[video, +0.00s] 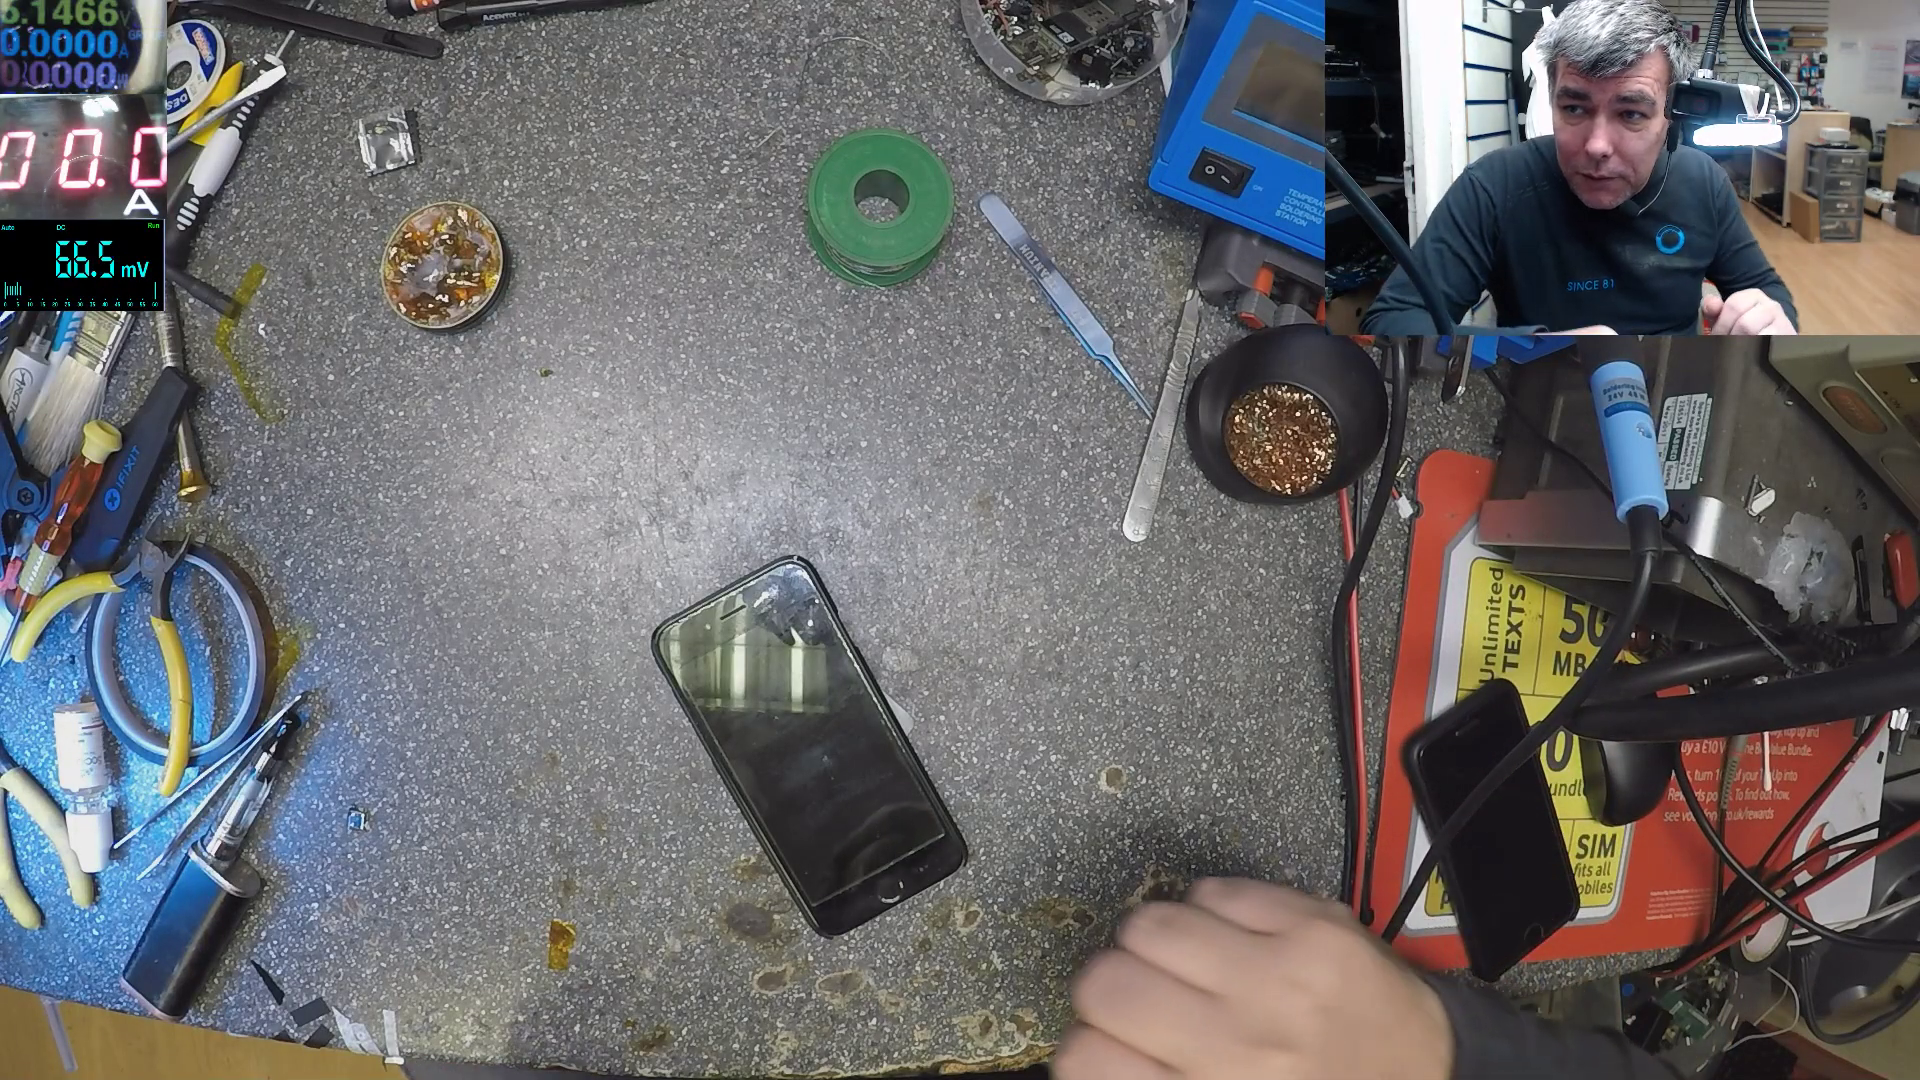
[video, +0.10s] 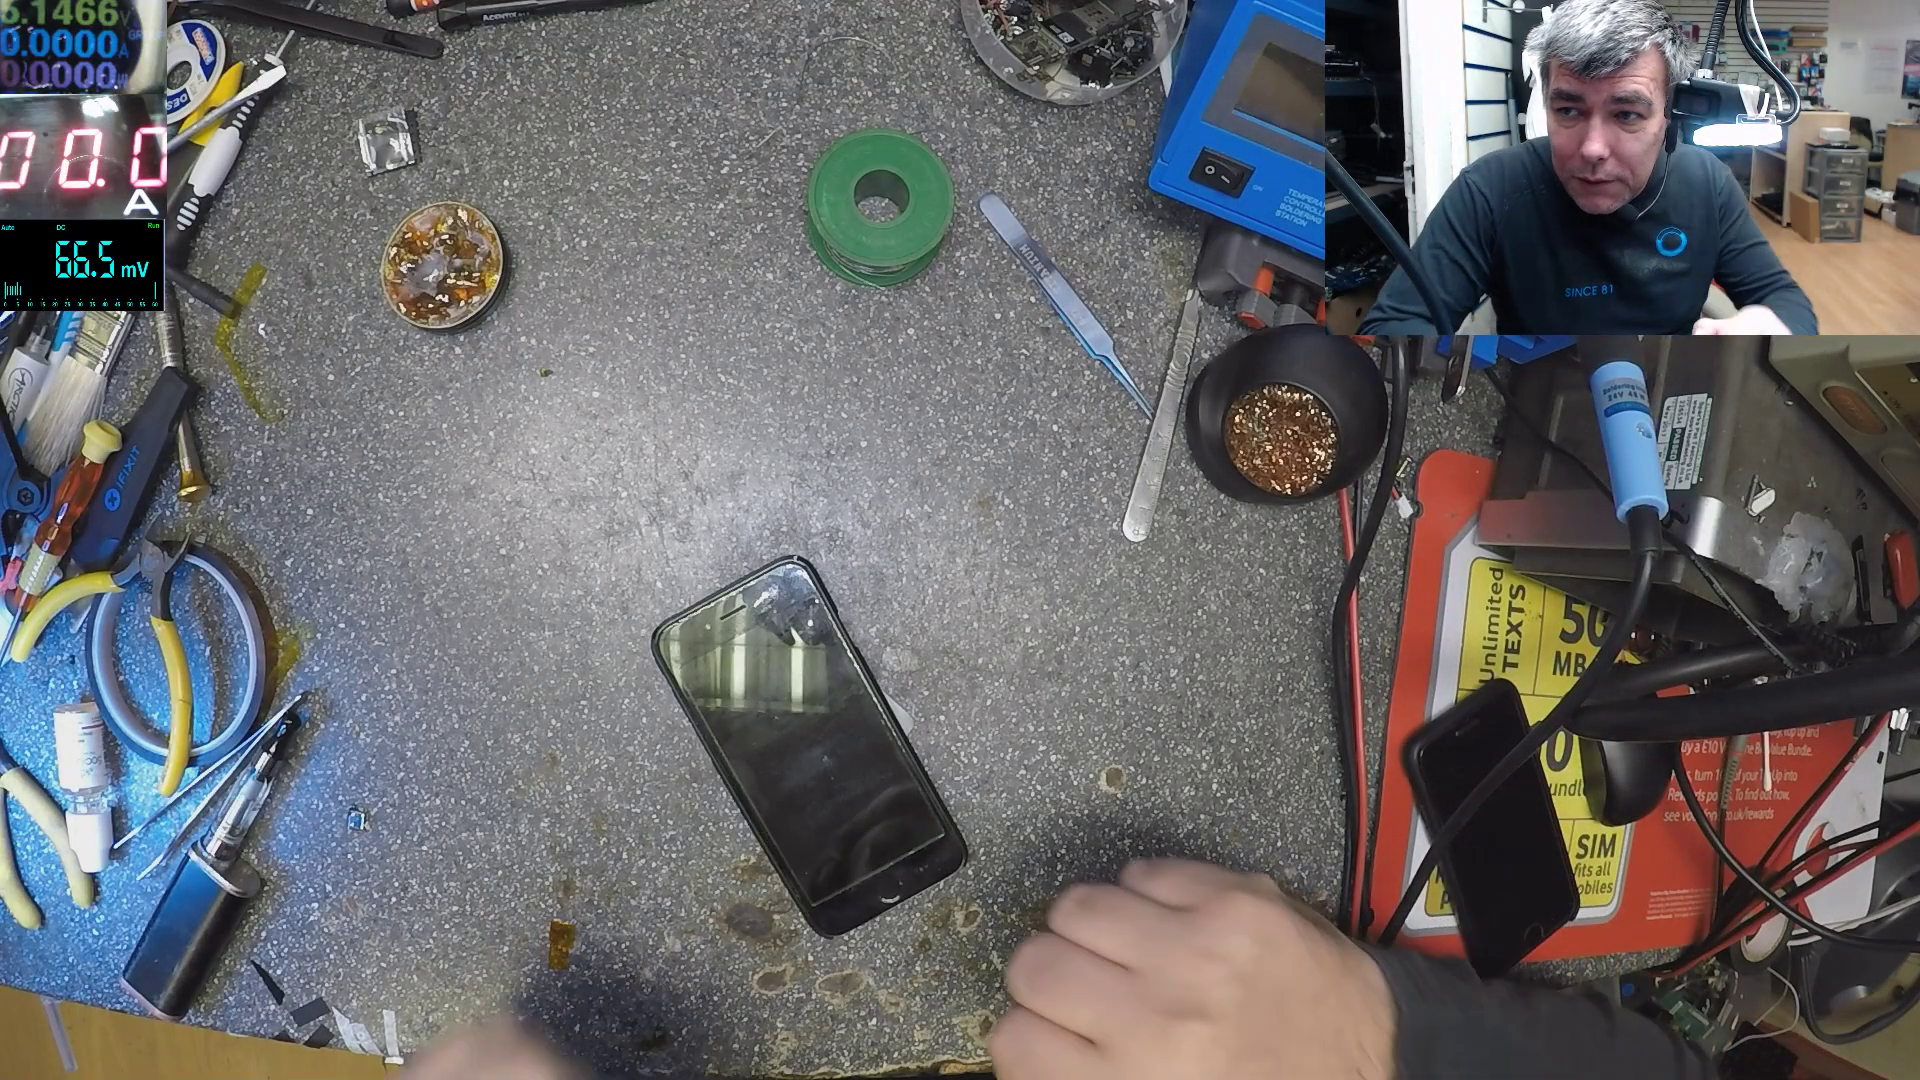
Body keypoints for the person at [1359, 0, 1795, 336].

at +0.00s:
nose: (1597, 146)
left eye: (1631, 114)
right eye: (1575, 109)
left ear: (1667, 114)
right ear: (1551, 103)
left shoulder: (1701, 185)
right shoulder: (1496, 188)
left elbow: (1771, 296)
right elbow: (1395, 315)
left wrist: (1764, 317)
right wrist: (1530, 354)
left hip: (1676, 411)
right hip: (1543, 414)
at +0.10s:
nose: (1593, 150)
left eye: (1626, 114)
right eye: (1568, 111)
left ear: (1667, 114)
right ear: (1544, 105)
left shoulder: (1705, 185)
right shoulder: (1490, 192)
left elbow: (1786, 303)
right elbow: (1395, 322)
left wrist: (1755, 330)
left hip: (1670, 413)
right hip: (1533, 417)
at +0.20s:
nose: (1588, 153)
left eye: (1622, 115)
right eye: (1562, 112)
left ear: (1666, 114)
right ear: (1535, 109)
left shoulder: (1710, 187)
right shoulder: (1483, 198)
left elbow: (1790, 302)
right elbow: (1391, 335)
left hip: (1675, 415)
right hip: (1535, 418)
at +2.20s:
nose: (1604, 138)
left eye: (1636, 107)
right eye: (1580, 102)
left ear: (1671, 115)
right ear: (1554, 105)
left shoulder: (1722, 199)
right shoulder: (1494, 204)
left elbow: (1811, 331)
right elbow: (1405, 337)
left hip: (1682, 424)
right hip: (1544, 425)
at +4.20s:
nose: (1599, 160)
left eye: (1631, 125)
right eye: (1575, 122)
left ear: (1670, 118)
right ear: (1549, 113)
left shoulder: (1723, 200)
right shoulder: (1496, 203)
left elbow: (1802, 330)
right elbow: (1406, 337)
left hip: (1680, 420)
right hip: (1544, 421)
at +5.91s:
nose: (1589, 146)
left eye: (1621, 112)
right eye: (1567, 109)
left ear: (1665, 116)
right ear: (1543, 109)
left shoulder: (1720, 199)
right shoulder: (1496, 202)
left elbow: (1801, 328)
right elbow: (1406, 335)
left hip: (1681, 422)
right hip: (1545, 424)